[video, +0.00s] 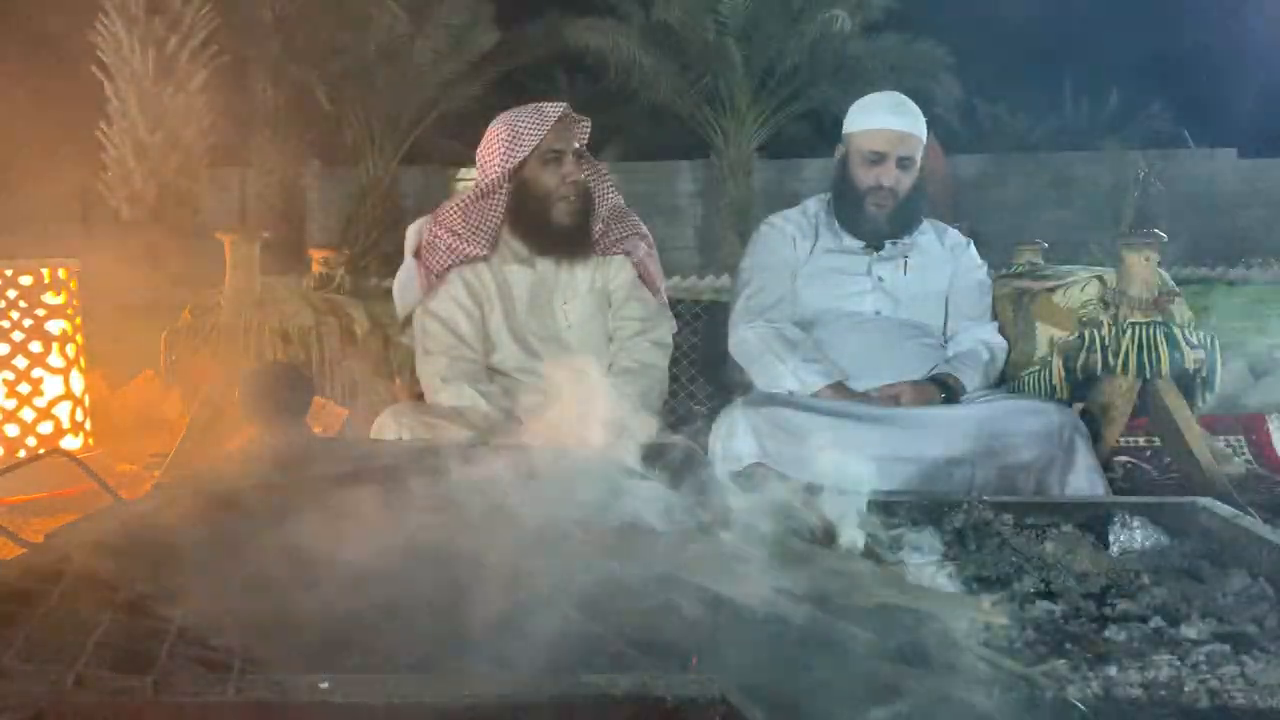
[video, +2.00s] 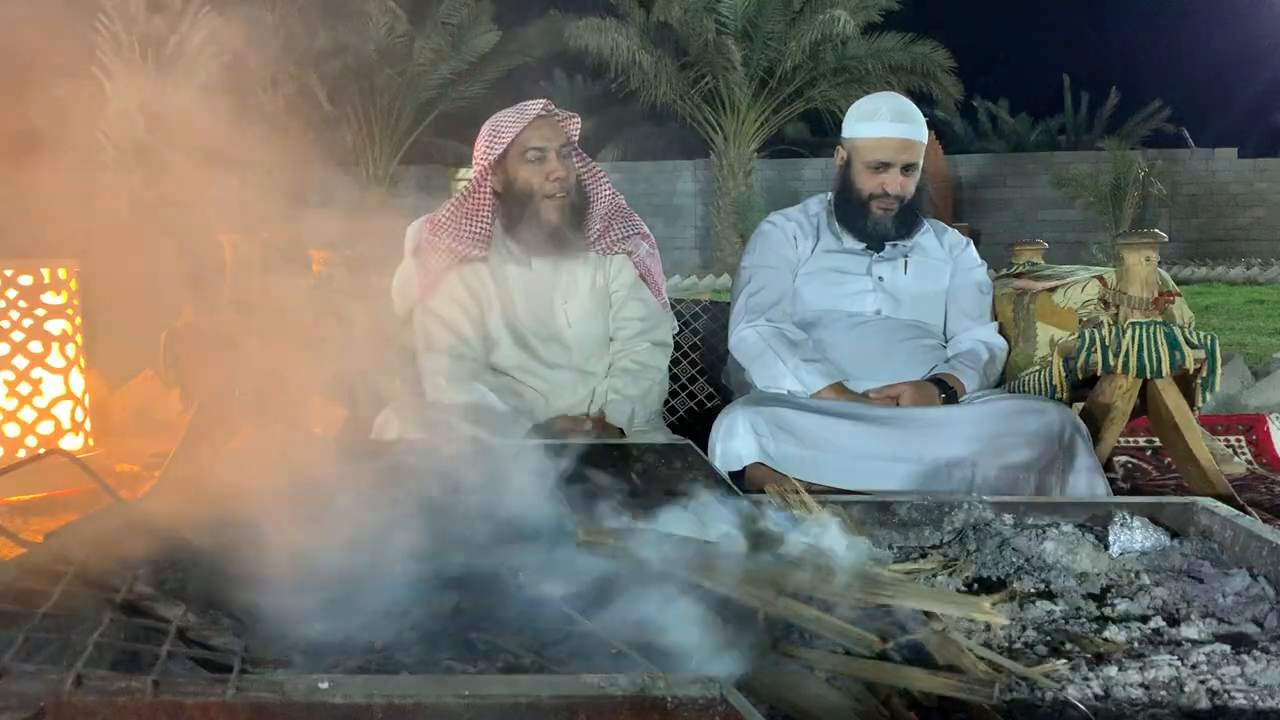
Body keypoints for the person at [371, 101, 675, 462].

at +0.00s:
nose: (575, 174)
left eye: (578, 159)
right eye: (553, 161)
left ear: (589, 167)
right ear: (508, 177)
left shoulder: (615, 262)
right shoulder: (459, 268)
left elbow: (643, 362)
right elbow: (450, 382)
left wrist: (598, 434)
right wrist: (515, 440)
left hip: (596, 439)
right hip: (495, 440)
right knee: (396, 427)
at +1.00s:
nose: (568, 172)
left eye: (571, 155)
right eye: (542, 160)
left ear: (583, 162)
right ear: (500, 180)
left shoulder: (623, 256)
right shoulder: (461, 279)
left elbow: (645, 356)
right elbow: (451, 384)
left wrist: (597, 427)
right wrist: (520, 441)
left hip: (599, 439)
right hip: (497, 441)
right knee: (397, 425)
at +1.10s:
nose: (563, 172)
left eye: (569, 156)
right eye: (541, 159)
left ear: (580, 160)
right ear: (502, 174)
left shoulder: (615, 240)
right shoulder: (467, 256)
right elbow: (446, 377)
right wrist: (515, 444)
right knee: (399, 424)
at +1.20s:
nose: (561, 170)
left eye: (569, 153)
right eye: (540, 156)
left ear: (583, 163)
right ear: (502, 176)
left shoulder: (614, 265)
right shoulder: (463, 277)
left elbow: (655, 360)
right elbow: (450, 378)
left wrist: (608, 418)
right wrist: (542, 421)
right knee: (406, 417)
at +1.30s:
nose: (562, 173)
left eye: (567, 154)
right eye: (536, 159)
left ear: (580, 167)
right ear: (498, 180)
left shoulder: (616, 274)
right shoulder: (456, 284)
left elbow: (642, 390)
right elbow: (456, 401)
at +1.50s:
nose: (559, 173)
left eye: (566, 155)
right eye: (536, 158)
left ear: (578, 166)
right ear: (496, 177)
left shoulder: (615, 269)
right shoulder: (461, 277)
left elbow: (643, 369)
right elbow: (454, 374)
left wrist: (589, 429)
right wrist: (513, 435)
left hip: (591, 431)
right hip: (497, 432)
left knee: (646, 440)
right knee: (411, 412)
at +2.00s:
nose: (560, 173)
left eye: (566, 155)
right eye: (537, 158)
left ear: (577, 163)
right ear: (497, 176)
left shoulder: (610, 254)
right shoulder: (459, 265)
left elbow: (644, 346)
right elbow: (450, 384)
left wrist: (611, 421)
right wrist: (535, 434)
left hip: (618, 436)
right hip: (509, 444)